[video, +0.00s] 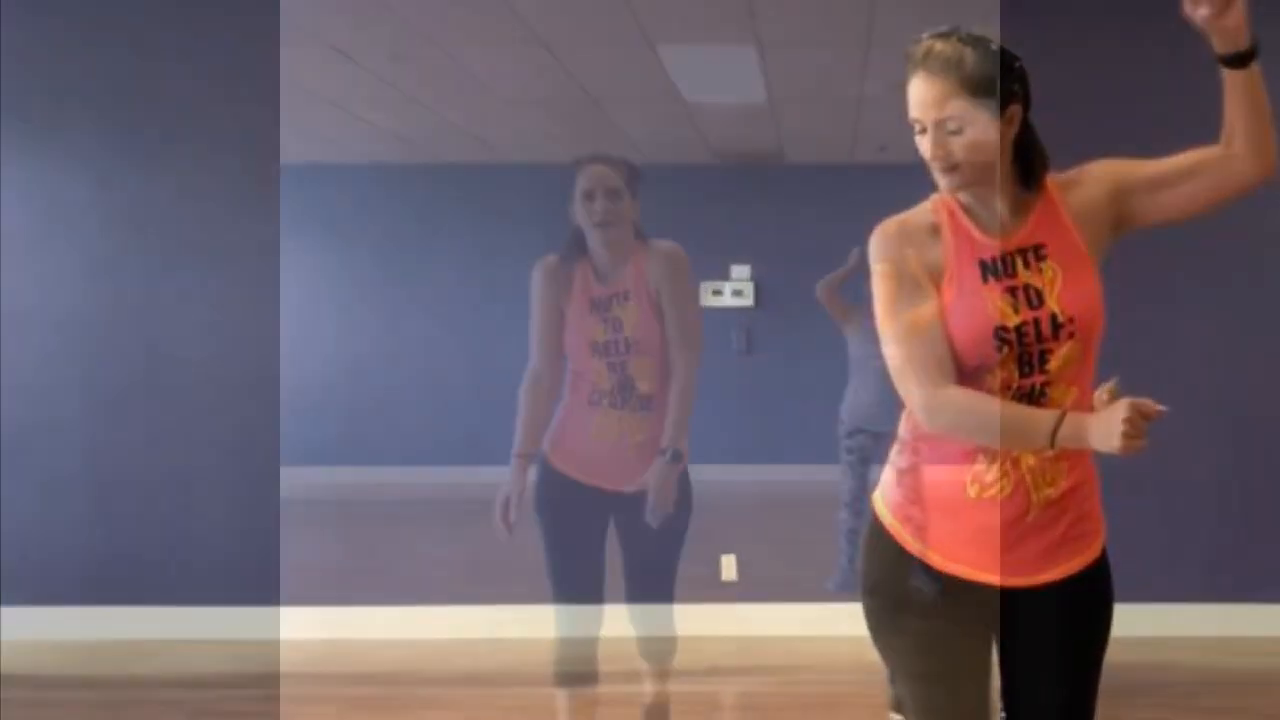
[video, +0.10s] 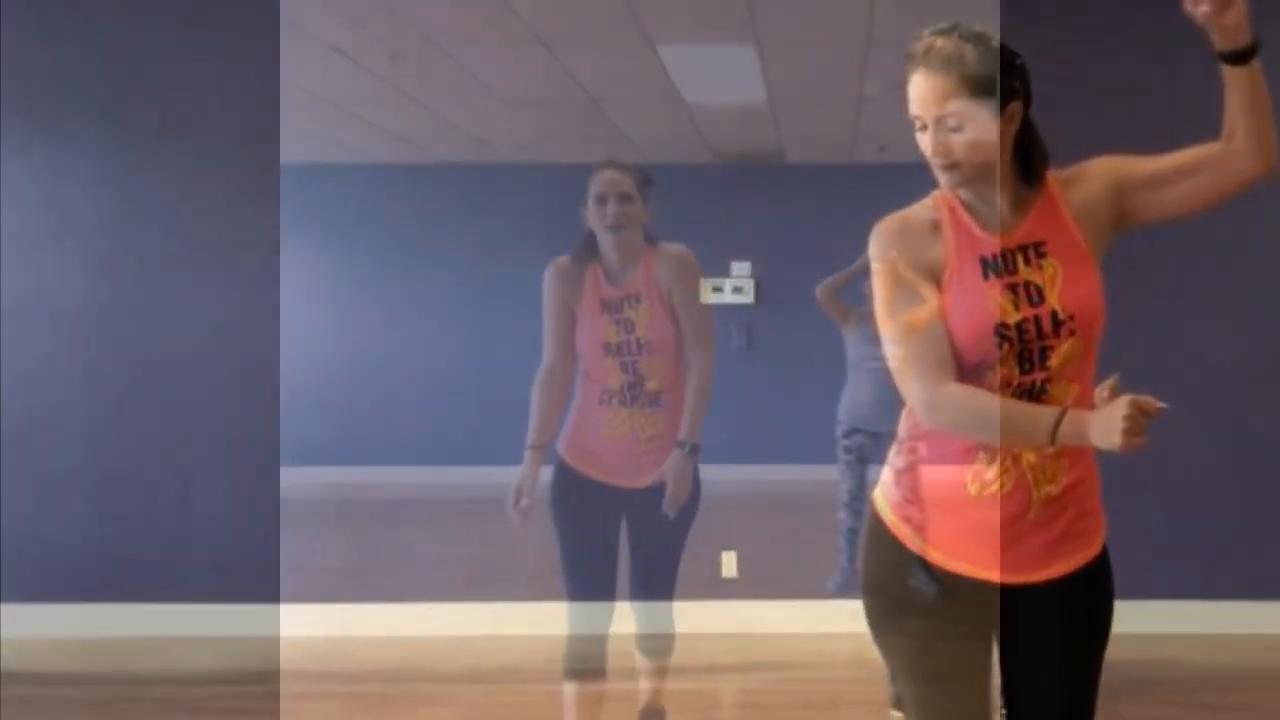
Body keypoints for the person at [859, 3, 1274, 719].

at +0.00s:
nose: (933, 150)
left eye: (953, 128)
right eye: (919, 129)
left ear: (1011, 116)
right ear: (909, 129)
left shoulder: (1092, 201)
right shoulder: (904, 244)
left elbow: (1249, 160)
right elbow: (931, 402)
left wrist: (1232, 45)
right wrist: (1077, 428)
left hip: (1058, 551)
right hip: (929, 555)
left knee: (1057, 712)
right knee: (945, 711)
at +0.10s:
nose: (934, 146)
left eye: (953, 124)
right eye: (920, 126)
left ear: (1011, 113)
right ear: (911, 126)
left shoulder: (1092, 196)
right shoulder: (905, 241)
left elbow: (1250, 156)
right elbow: (931, 398)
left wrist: (1233, 42)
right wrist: (1077, 425)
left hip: (1059, 546)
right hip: (928, 549)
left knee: (1057, 713)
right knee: (946, 712)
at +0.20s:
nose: (934, 142)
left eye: (953, 121)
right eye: (921, 124)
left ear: (1011, 110)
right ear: (911, 125)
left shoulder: (1093, 193)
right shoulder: (907, 237)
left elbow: (1250, 152)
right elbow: (932, 395)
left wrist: (1234, 40)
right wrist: (1080, 422)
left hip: (1059, 543)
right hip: (929, 546)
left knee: (1056, 713)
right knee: (946, 713)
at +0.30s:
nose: (934, 139)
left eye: (953, 118)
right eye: (920, 122)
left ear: (1011, 108)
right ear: (911, 122)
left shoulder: (1094, 190)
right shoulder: (907, 233)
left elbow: (1251, 150)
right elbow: (932, 391)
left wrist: (1234, 36)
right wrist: (1081, 419)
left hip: (1059, 541)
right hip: (929, 542)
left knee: (1056, 712)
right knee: (947, 712)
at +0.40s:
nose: (933, 135)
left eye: (952, 114)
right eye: (920, 118)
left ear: (1012, 104)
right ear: (911, 116)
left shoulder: (1093, 186)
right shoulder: (907, 230)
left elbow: (1250, 147)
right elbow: (934, 389)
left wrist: (1236, 35)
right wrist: (1082, 416)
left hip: (1060, 537)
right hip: (931, 538)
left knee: (1058, 711)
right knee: (949, 711)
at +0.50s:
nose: (934, 131)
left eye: (952, 110)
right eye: (921, 114)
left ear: (1011, 103)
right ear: (911, 112)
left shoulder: (1093, 183)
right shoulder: (908, 226)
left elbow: (1251, 144)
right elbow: (934, 386)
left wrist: (1237, 33)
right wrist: (1082, 413)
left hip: (1062, 543)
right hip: (938, 544)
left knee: (1058, 712)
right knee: (948, 711)